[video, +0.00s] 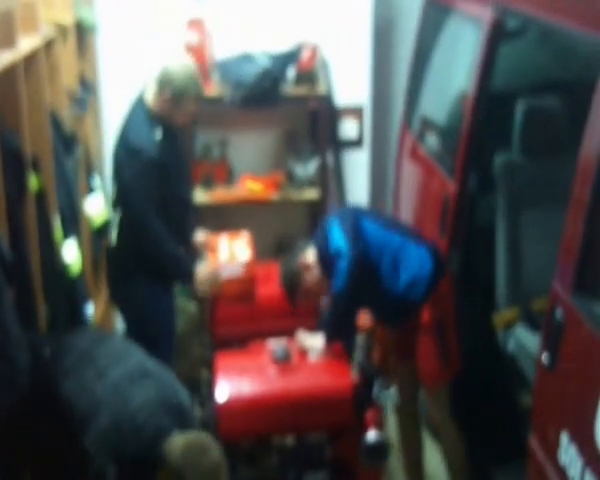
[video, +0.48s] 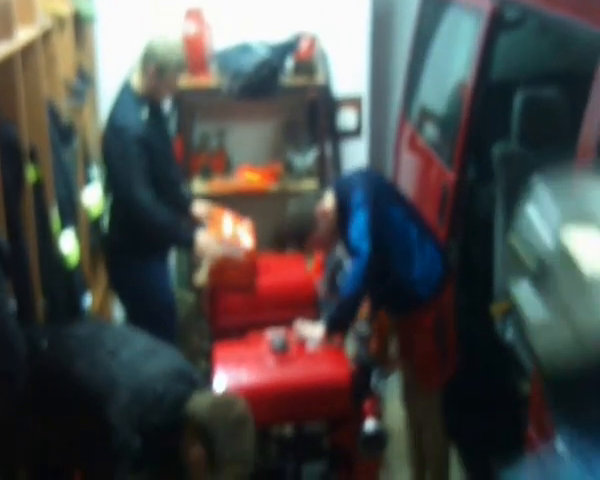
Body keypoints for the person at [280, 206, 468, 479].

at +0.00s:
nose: (320, 295)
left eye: (312, 289)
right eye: (312, 294)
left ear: (307, 265)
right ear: (308, 263)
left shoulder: (339, 225)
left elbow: (344, 284)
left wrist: (326, 334)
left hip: (430, 293)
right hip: (399, 311)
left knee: (436, 406)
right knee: (404, 403)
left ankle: (460, 472)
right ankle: (413, 473)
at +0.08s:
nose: (318, 285)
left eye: (312, 279)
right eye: (312, 284)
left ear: (309, 255)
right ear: (310, 254)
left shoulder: (343, 216)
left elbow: (349, 280)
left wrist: (328, 334)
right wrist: (327, 332)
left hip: (429, 297)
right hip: (401, 309)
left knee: (433, 399)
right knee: (408, 399)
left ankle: (454, 471)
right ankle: (414, 472)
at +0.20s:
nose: (318, 273)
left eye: (313, 268)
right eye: (313, 272)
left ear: (312, 243)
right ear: (314, 242)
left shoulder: (345, 207)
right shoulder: (339, 239)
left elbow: (353, 267)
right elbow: (372, 288)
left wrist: (330, 330)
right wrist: (373, 337)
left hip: (428, 298)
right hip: (402, 308)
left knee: (432, 396)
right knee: (408, 399)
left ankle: (446, 472)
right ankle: (414, 471)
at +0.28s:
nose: (320, 264)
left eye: (315, 260)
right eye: (314, 264)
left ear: (312, 239)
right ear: (312, 238)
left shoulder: (349, 205)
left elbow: (355, 264)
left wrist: (330, 329)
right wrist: (374, 335)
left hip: (428, 297)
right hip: (402, 305)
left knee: (430, 397)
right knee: (410, 397)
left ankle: (443, 471)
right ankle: (416, 472)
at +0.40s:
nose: (320, 251)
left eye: (316, 246)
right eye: (314, 250)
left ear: (315, 225)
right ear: (315, 222)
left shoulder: (357, 197)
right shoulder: (342, 211)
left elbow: (361, 265)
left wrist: (331, 328)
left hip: (426, 295)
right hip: (406, 299)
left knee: (425, 397)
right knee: (417, 396)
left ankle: (431, 470)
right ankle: (424, 468)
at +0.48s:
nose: (323, 249)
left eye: (318, 243)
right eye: (316, 248)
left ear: (318, 219)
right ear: (317, 217)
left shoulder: (359, 191)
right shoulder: (346, 209)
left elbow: (363, 262)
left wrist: (330, 327)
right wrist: (333, 328)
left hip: (427, 296)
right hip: (409, 300)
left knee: (425, 399)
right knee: (418, 397)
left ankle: (432, 470)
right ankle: (424, 469)